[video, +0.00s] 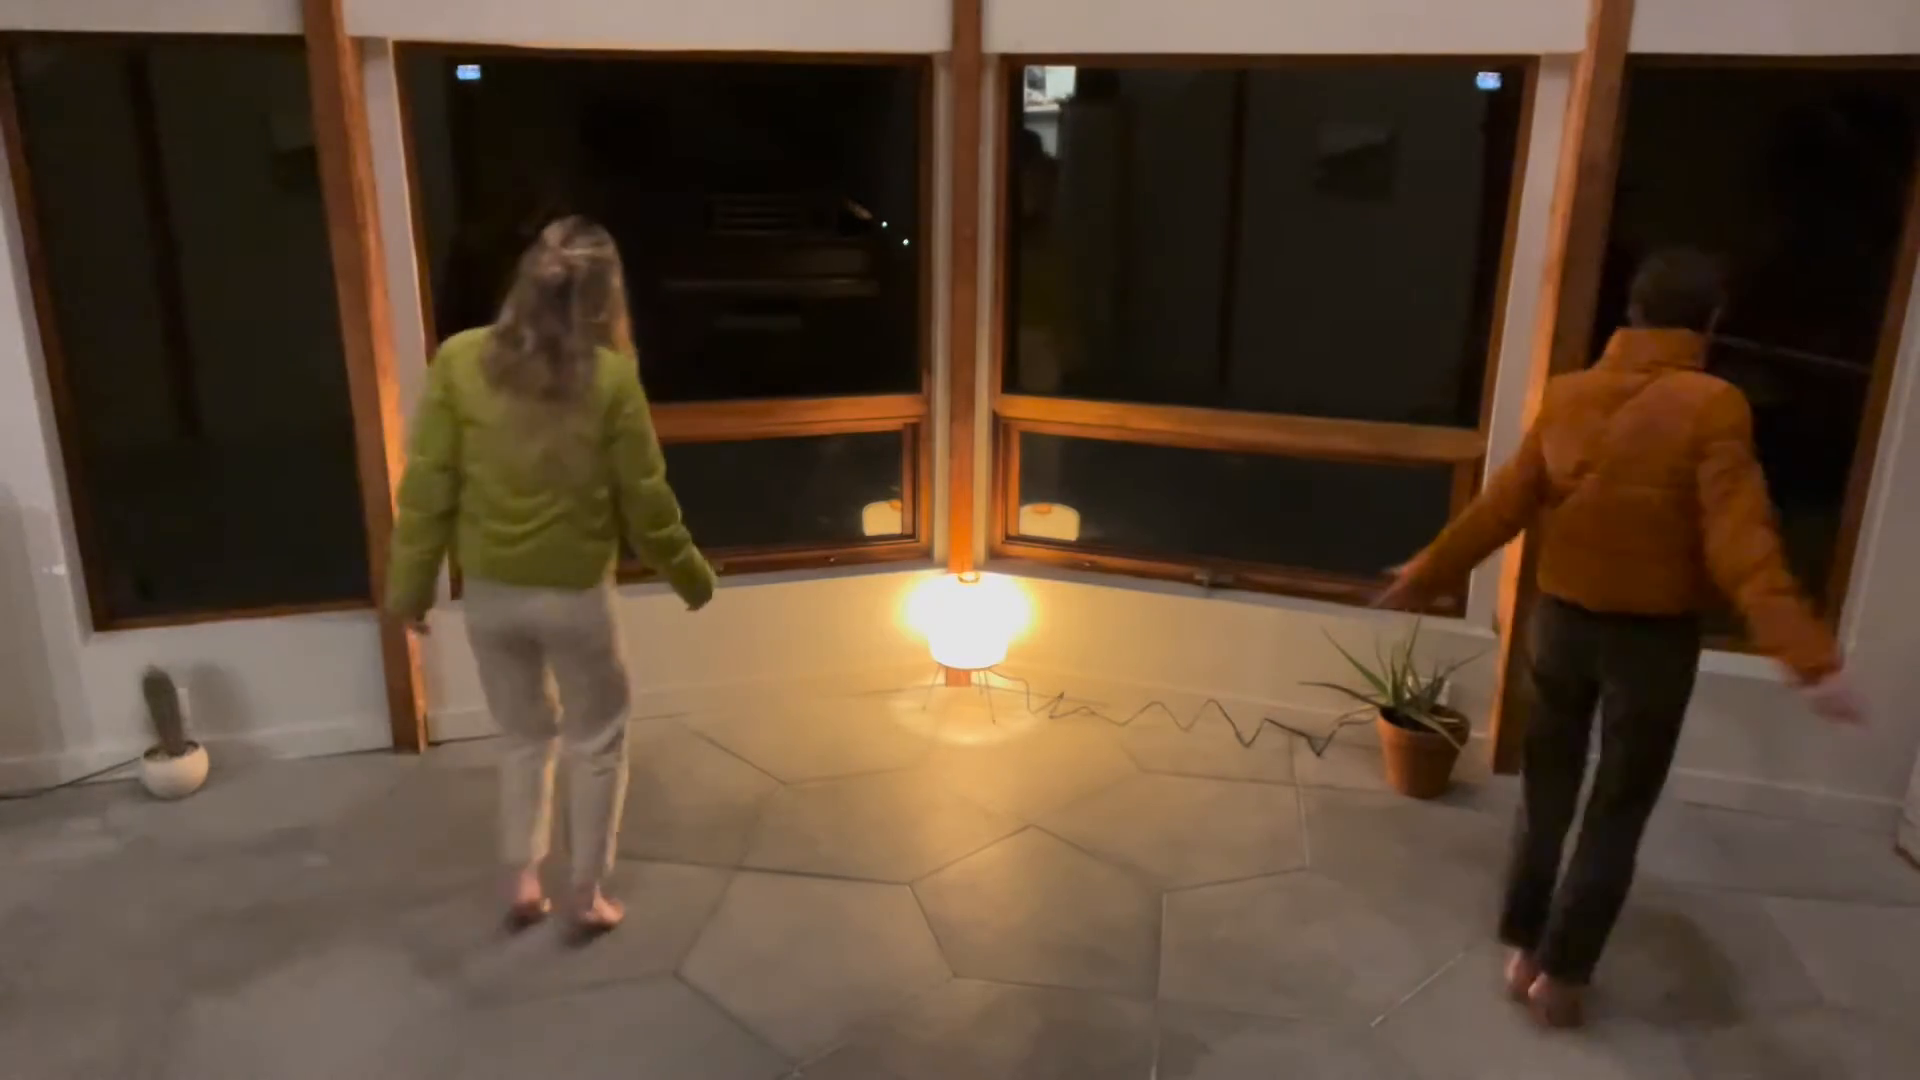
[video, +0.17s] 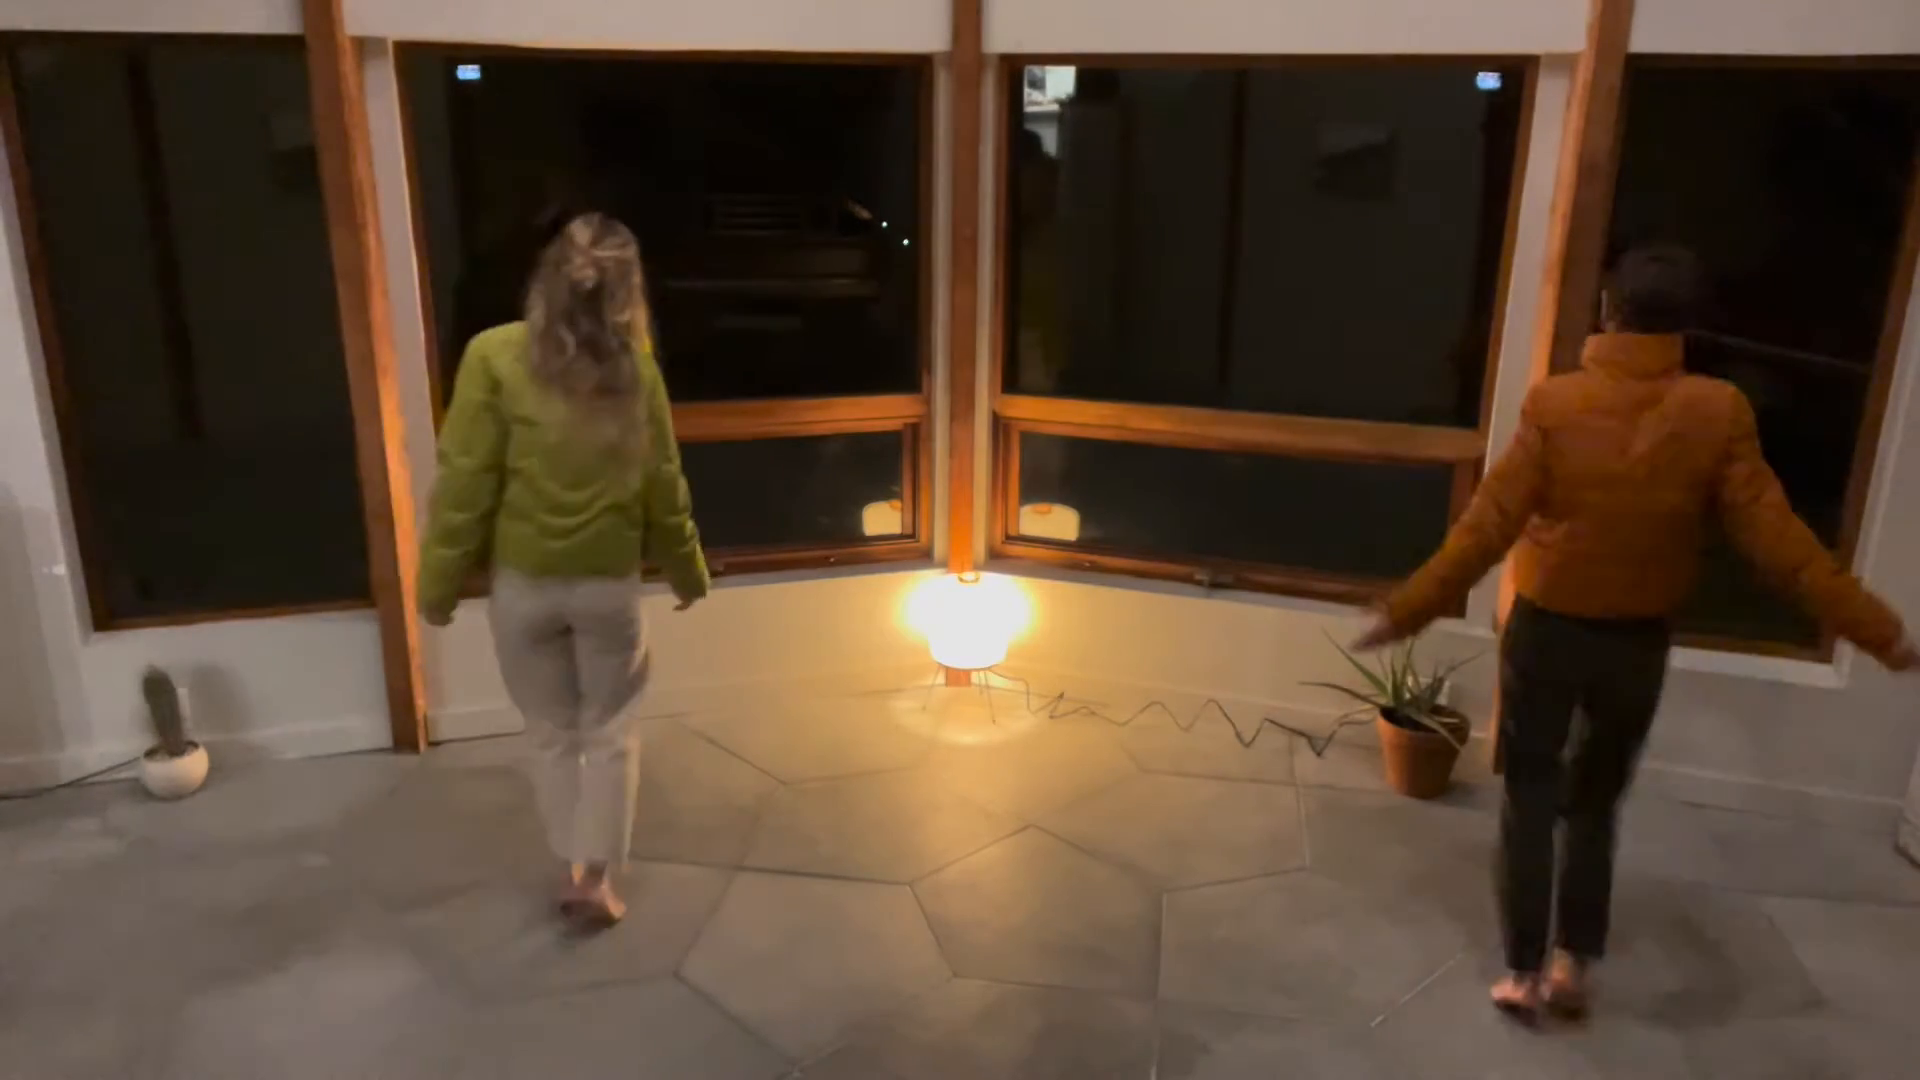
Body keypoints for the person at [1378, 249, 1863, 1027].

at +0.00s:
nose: (1711, 338)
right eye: (1711, 327)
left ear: (1632, 315)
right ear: (1706, 329)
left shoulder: (1574, 396)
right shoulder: (1711, 409)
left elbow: (1504, 502)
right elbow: (1742, 542)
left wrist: (1428, 569)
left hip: (1559, 624)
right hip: (1653, 639)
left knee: (1547, 786)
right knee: (1618, 807)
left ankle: (1525, 948)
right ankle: (1561, 978)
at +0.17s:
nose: (1612, 327)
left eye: (1610, 312)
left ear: (1607, 316)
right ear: (1684, 326)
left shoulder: (1554, 404)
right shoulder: (1717, 414)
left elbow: (1488, 524)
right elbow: (1776, 538)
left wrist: (1405, 608)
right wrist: (1877, 627)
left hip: (1544, 630)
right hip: (1637, 637)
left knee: (1530, 790)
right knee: (1594, 798)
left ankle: (1523, 971)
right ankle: (1572, 963)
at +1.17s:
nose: (1525, 330)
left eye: (1535, 311)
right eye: (1505, 318)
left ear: (1552, 304)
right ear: (1470, 322)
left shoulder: (1579, 371)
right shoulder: (1441, 394)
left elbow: (1578, 476)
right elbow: (1355, 490)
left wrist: (1571, 560)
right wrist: (1243, 553)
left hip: (1510, 603)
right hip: (1438, 598)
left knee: (1480, 774)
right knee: (1415, 768)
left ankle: (1421, 896)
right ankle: (1372, 905)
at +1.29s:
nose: (1546, 358)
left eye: (1552, 340)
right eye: (1528, 344)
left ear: (1561, 333)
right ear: (1484, 341)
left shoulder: (1532, 392)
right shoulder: (1451, 404)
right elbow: (1388, 510)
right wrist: (1308, 597)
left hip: (1469, 605)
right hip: (1425, 606)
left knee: (1447, 784)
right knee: (1440, 794)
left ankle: (1395, 909)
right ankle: (1368, 917)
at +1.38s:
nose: (1562, 366)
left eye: (1567, 348)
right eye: (1550, 348)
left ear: (1513, 340)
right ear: (1502, 336)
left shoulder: (1482, 381)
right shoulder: (1469, 401)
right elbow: (1422, 520)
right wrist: (1391, 623)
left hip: (1439, 593)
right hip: (1426, 599)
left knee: (1425, 768)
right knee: (1438, 780)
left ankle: (1394, 909)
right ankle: (1374, 924)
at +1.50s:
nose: (1555, 365)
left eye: (1561, 350)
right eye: (1552, 348)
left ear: (1501, 330)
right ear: (1510, 332)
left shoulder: (1440, 365)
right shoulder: (1482, 402)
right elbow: (1468, 534)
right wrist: (1464, 656)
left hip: (1372, 584)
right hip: (1411, 599)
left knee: (1385, 758)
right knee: (1421, 775)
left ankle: (1360, 907)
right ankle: (1364, 929)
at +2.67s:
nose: (1331, 355)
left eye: (1349, 347)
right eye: (1329, 337)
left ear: (1383, 350)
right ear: (1321, 320)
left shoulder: (1399, 415)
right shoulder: (1287, 337)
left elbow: (1374, 538)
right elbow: (1226, 431)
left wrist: (1369, 657)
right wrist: (1222, 540)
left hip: (1332, 574)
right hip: (1260, 561)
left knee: (1309, 725)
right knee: (1248, 714)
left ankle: (1286, 864)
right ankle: (1261, 848)